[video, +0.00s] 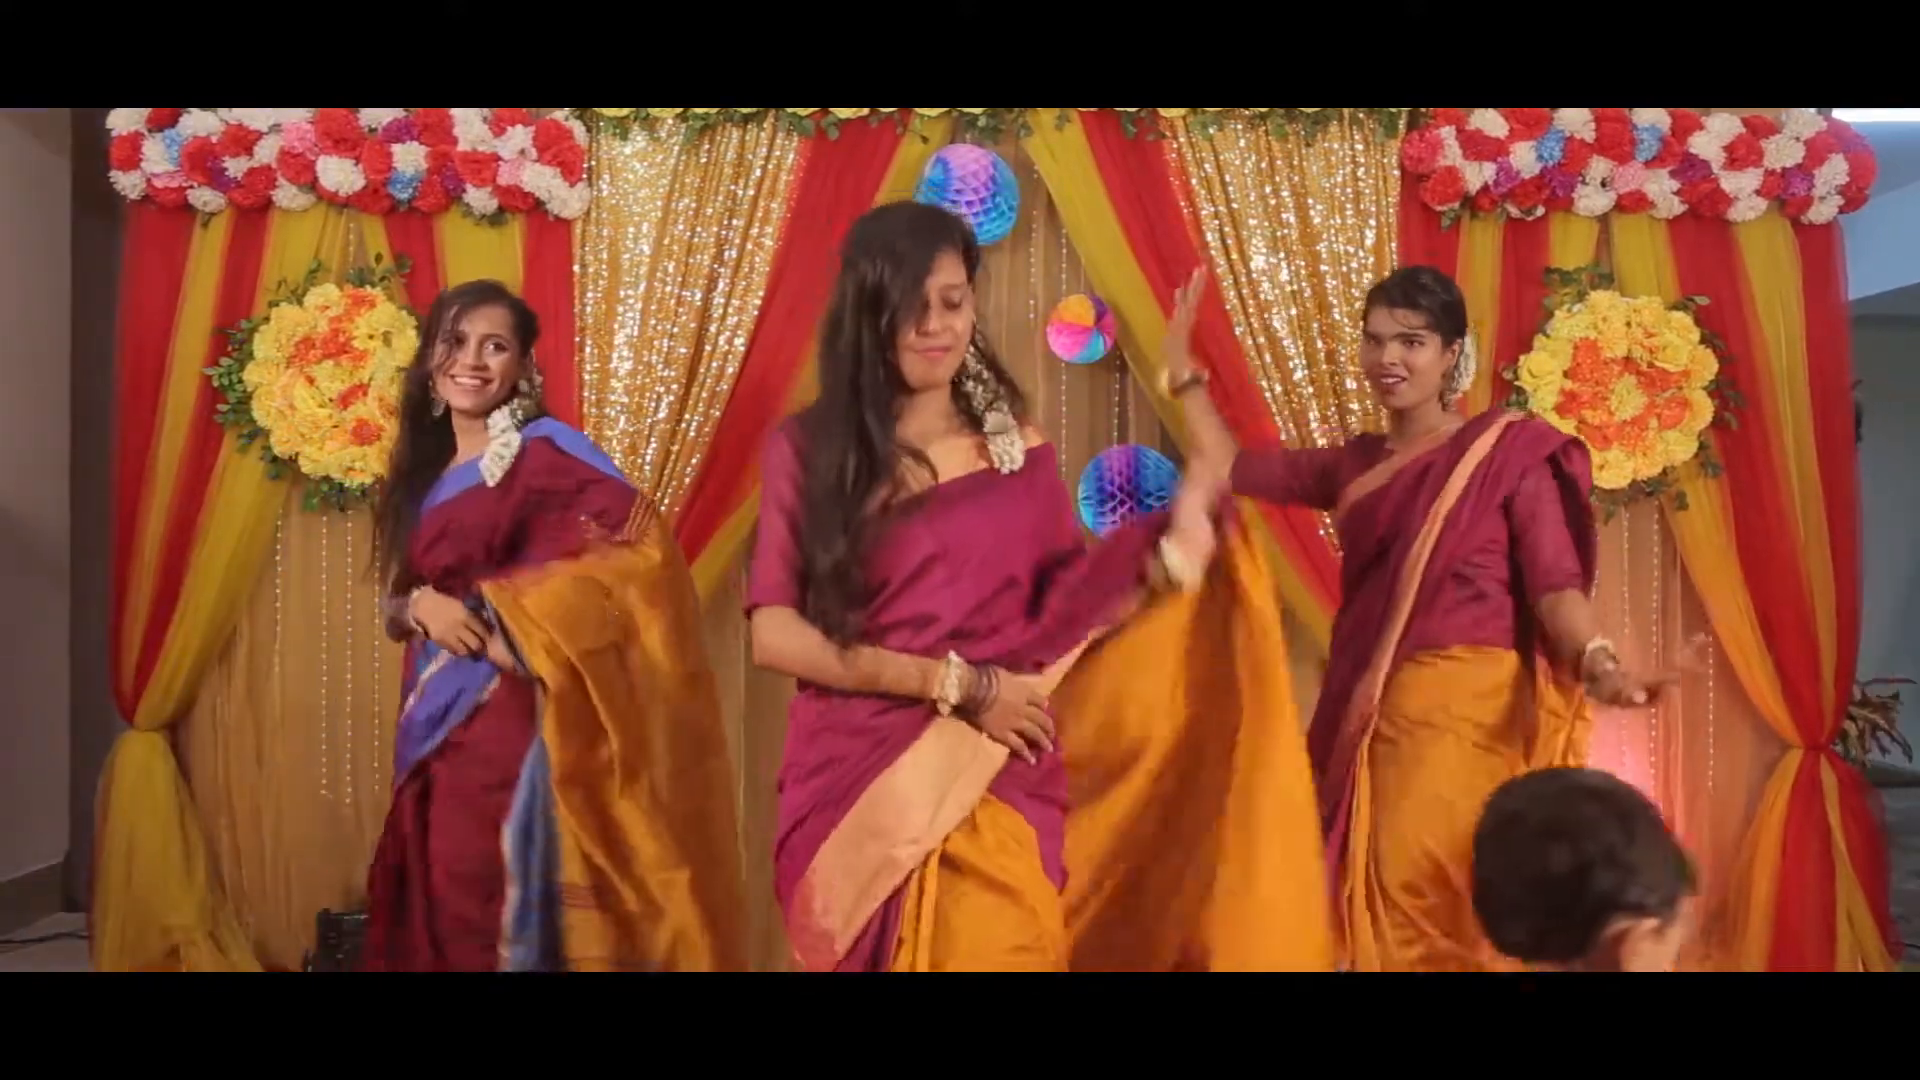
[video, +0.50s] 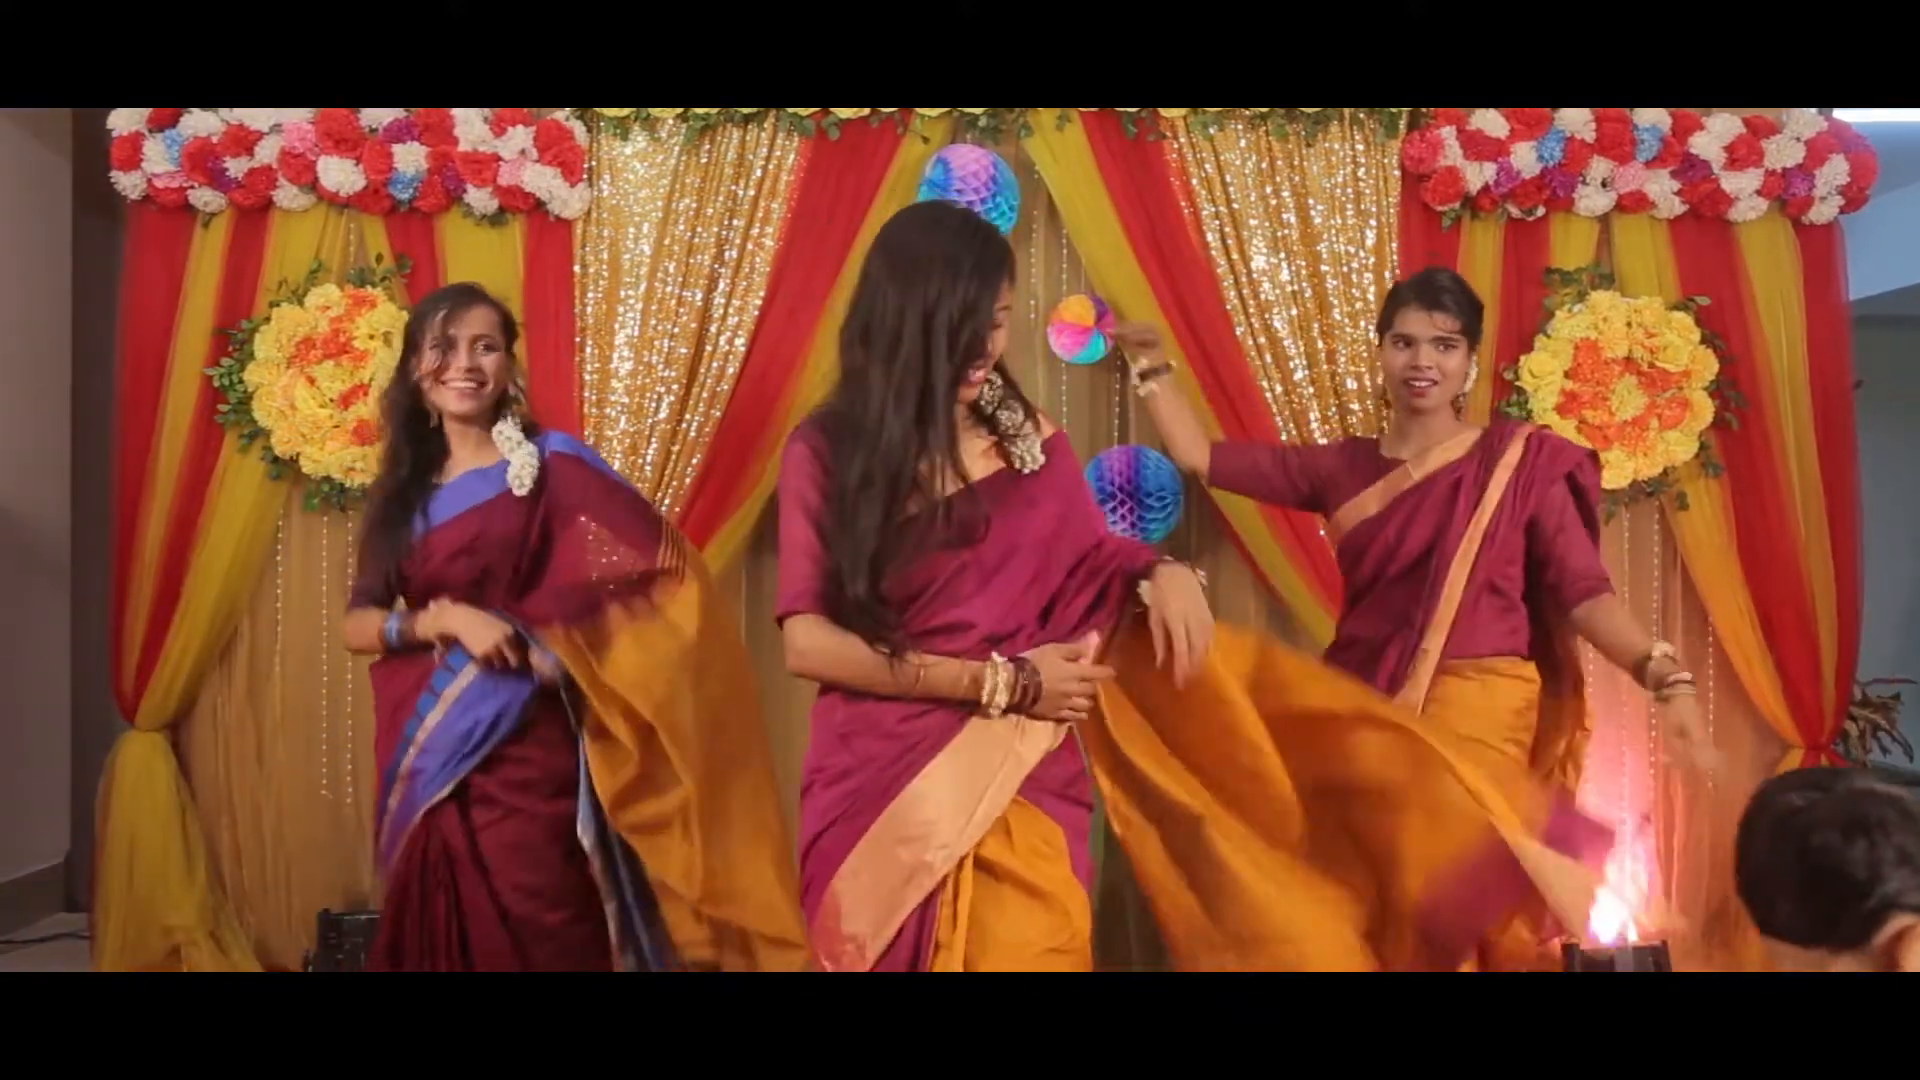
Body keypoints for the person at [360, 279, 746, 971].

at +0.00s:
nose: (472, 360)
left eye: (495, 347)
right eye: (456, 342)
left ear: (522, 369)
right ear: (430, 361)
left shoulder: (547, 448)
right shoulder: (430, 475)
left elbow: (653, 558)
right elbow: (397, 603)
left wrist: (513, 608)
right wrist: (417, 603)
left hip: (534, 729)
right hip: (444, 732)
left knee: (518, 920)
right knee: (438, 916)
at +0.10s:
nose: (471, 369)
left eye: (494, 355)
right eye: (454, 350)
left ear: (517, 376)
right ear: (426, 365)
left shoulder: (545, 459)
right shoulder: (422, 481)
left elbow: (652, 573)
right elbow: (390, 620)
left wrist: (523, 653)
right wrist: (432, 618)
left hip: (512, 723)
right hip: (429, 724)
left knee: (476, 909)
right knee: (411, 906)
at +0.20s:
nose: (479, 351)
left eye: (500, 338)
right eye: (461, 332)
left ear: (519, 359)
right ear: (427, 347)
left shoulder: (544, 443)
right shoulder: (409, 466)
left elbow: (678, 539)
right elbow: (355, 590)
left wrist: (535, 603)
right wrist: (430, 583)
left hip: (523, 694)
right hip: (434, 700)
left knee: (494, 888)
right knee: (435, 885)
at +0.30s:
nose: (483, 349)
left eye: (502, 337)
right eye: (465, 330)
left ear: (520, 357)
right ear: (429, 346)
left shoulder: (547, 447)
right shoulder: (398, 464)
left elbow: (694, 539)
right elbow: (331, 582)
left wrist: (554, 589)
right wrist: (431, 572)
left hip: (532, 697)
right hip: (437, 705)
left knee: (515, 893)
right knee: (456, 890)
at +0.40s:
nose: (481, 349)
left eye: (500, 335)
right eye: (463, 331)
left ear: (518, 355)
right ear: (428, 348)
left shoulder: (547, 449)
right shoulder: (399, 466)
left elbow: (687, 562)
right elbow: (336, 591)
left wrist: (555, 600)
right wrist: (436, 579)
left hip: (534, 702)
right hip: (437, 711)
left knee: (536, 896)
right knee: (453, 895)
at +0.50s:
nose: (465, 362)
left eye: (485, 346)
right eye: (445, 347)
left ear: (510, 365)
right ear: (417, 367)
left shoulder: (552, 465)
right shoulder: (401, 493)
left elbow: (678, 579)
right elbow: (356, 625)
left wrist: (557, 639)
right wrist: (443, 617)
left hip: (529, 753)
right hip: (424, 762)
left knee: (542, 939)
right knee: (434, 940)